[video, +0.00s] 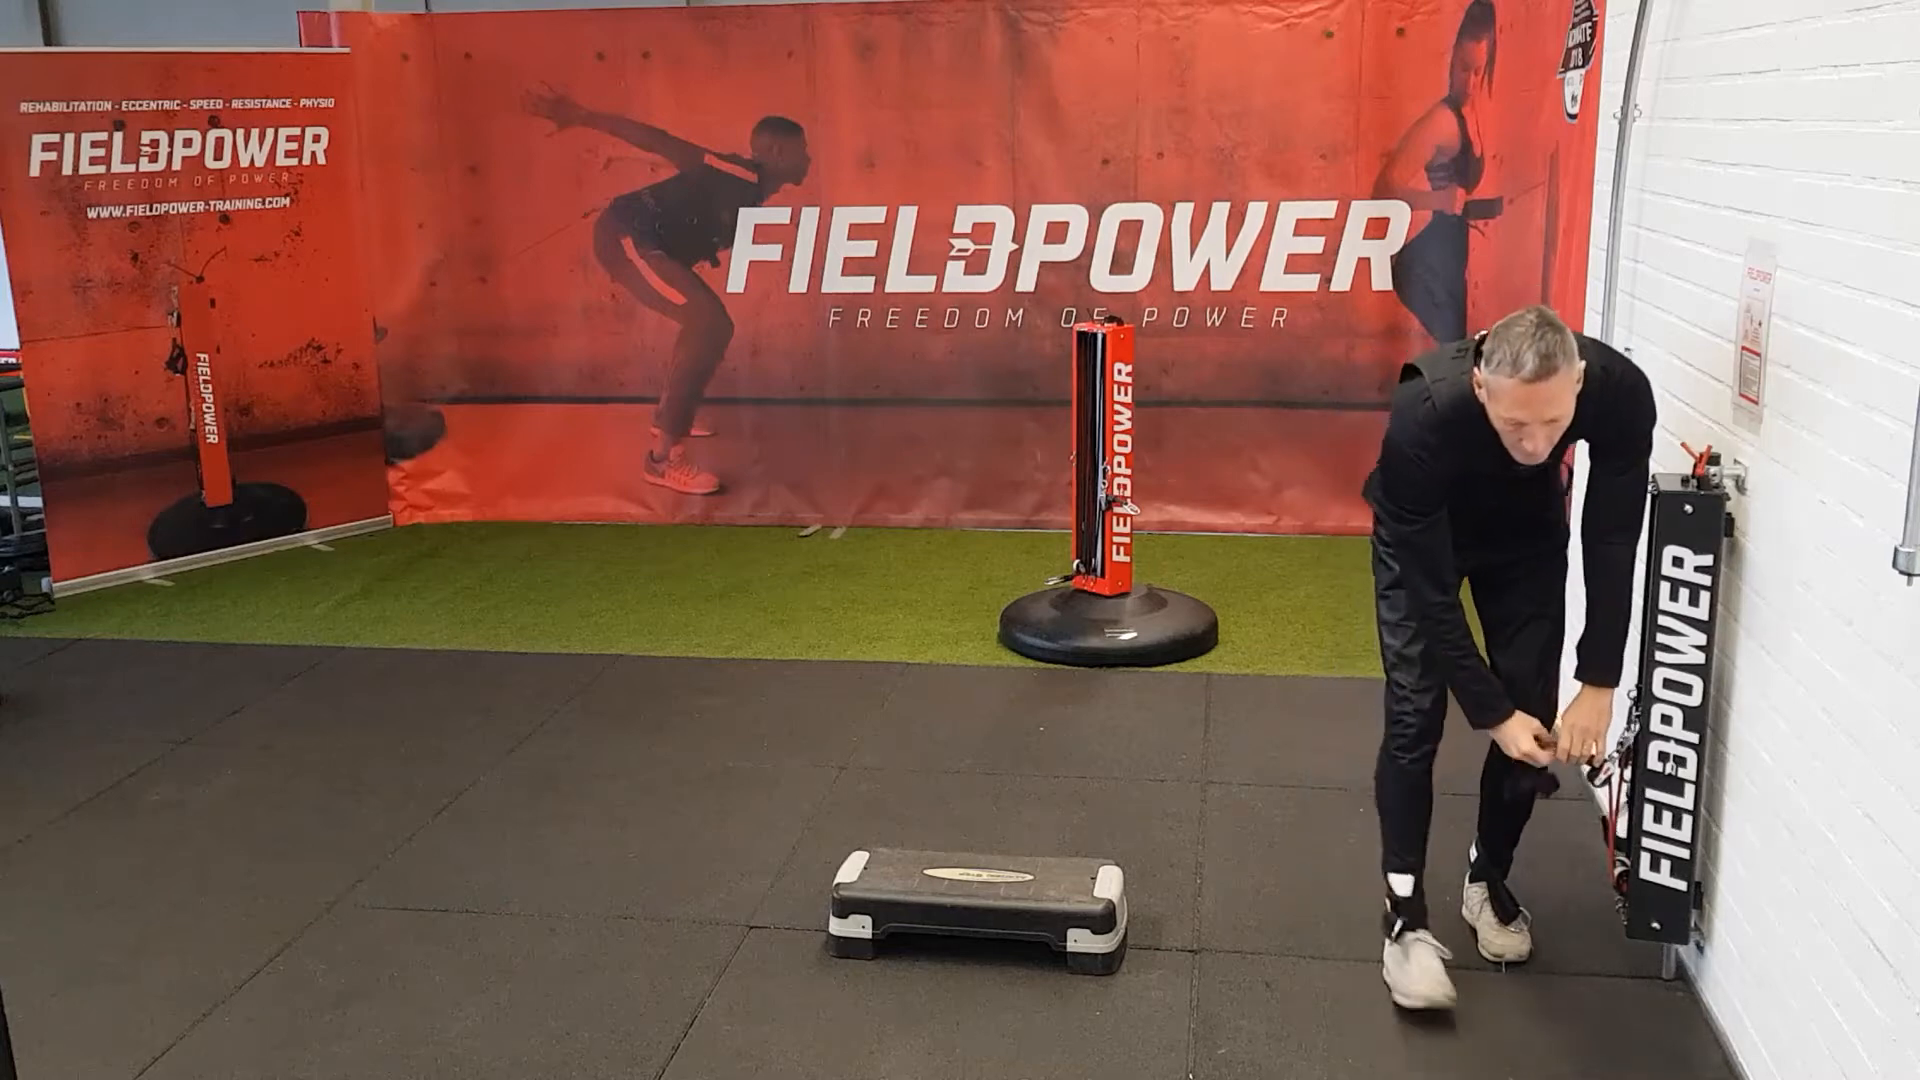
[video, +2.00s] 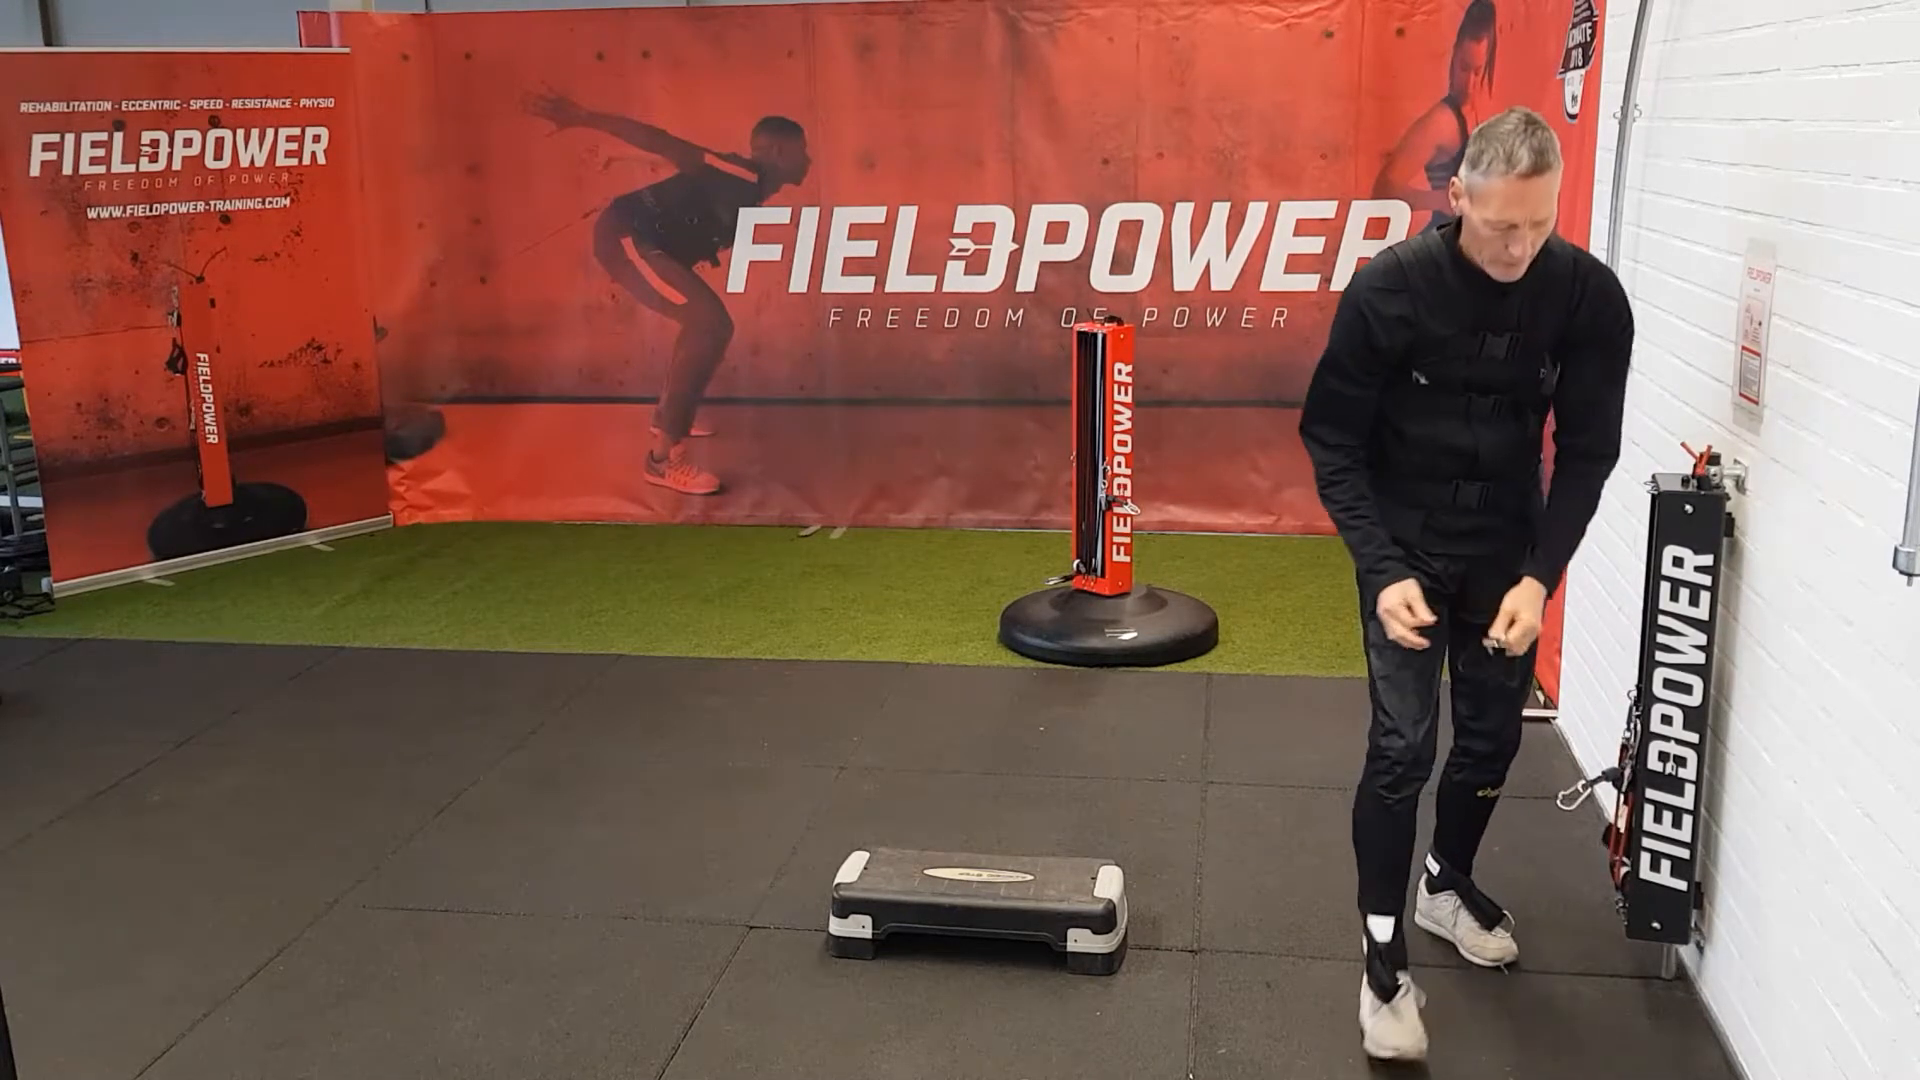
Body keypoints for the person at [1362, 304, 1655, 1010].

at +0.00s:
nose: (1535, 441)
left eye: (1552, 422)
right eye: (1517, 424)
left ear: (1576, 387)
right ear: (1481, 386)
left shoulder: (1617, 395)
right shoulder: (1426, 417)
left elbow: (1612, 542)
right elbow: (1431, 593)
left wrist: (1598, 685)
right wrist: (1498, 715)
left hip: (1524, 533)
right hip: (1423, 534)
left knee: (1530, 717)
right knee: (1416, 717)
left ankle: (1487, 884)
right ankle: (1407, 921)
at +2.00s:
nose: (1518, 248)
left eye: (1536, 226)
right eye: (1498, 226)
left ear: (1559, 204)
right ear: (1457, 198)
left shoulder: (1590, 299)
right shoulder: (1388, 293)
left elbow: (1589, 451)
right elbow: (1332, 437)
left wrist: (1541, 575)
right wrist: (1382, 570)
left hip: (1509, 558)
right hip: (1401, 553)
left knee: (1488, 741)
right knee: (1403, 750)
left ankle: (1446, 882)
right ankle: (1383, 969)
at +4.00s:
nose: (1606, 549)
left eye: (1617, 542)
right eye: (1609, 538)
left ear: (1579, 498)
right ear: (1574, 501)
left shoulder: (1561, 466)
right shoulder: (1446, 495)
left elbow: (1556, 599)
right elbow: (1458, 649)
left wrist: (1573, 720)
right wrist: (1535, 749)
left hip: (1390, 549)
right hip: (1308, 542)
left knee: (1463, 697)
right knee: (1346, 744)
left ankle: (1396, 868)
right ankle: (1363, 968)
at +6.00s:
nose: (1574, 416)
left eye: (1589, 397)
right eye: (1557, 395)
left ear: (1605, 365)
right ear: (1510, 354)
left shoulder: (1589, 387)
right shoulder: (1418, 402)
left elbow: (1559, 503)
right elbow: (1382, 560)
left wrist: (1538, 628)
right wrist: (1480, 667)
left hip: (1436, 531)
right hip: (1343, 536)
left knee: (1454, 716)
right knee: (1369, 752)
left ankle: (1395, 866)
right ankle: (1370, 976)